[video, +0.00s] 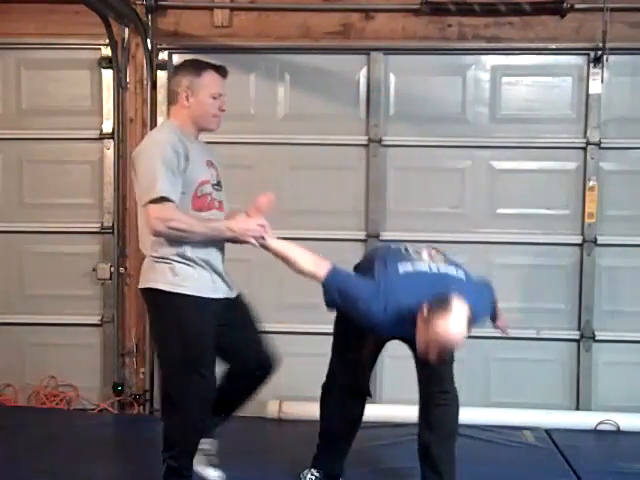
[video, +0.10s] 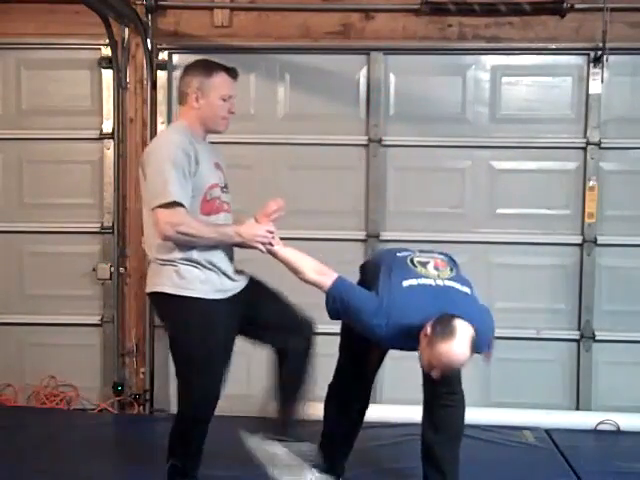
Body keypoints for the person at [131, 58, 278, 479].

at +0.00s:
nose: (223, 106)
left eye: (223, 98)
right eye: (215, 97)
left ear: (189, 98)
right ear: (184, 96)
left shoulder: (199, 150)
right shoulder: (161, 144)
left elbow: (203, 217)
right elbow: (162, 220)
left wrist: (241, 219)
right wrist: (229, 228)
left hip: (210, 283)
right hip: (174, 285)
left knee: (255, 362)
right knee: (191, 385)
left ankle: (199, 435)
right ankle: (178, 469)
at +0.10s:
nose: (232, 108)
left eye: (233, 99)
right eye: (225, 99)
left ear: (201, 100)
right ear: (194, 97)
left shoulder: (201, 148)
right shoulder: (169, 145)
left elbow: (206, 221)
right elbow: (171, 223)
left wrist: (249, 226)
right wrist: (238, 234)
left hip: (223, 281)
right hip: (186, 288)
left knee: (295, 332)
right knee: (198, 404)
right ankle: (180, 475)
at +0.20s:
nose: (244, 111)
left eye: (245, 103)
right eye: (236, 101)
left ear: (209, 101)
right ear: (206, 99)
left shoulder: (213, 152)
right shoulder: (175, 148)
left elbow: (210, 220)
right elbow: (172, 224)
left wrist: (250, 229)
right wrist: (241, 233)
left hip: (239, 284)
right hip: (198, 293)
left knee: (305, 356)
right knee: (205, 401)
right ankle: (182, 474)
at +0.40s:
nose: (268, 120)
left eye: (269, 111)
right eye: (260, 110)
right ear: (230, 109)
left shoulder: (254, 168)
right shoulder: (198, 156)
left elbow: (260, 246)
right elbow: (179, 236)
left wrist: (272, 221)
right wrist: (256, 233)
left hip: (276, 309)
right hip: (226, 310)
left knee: (320, 410)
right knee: (224, 414)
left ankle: (329, 476)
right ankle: (187, 476)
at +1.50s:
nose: (250, 99)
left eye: (250, 90)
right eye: (241, 89)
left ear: (218, 93)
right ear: (209, 91)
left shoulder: (232, 144)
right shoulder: (184, 146)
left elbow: (236, 215)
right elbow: (167, 230)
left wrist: (263, 234)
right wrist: (238, 246)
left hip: (242, 291)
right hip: (199, 293)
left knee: (273, 382)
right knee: (199, 404)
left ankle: (274, 474)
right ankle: (178, 474)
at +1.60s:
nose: (243, 97)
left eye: (243, 88)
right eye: (234, 87)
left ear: (212, 91)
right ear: (204, 90)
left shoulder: (224, 144)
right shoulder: (178, 147)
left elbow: (228, 216)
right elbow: (169, 232)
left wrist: (256, 246)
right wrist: (236, 254)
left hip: (231, 288)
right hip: (191, 290)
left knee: (256, 376)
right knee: (195, 398)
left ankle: (228, 469)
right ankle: (177, 473)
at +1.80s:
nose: (234, 96)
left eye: (233, 87)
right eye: (226, 87)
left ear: (203, 91)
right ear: (197, 90)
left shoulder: (210, 143)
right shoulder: (172, 148)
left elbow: (213, 220)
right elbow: (167, 231)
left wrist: (246, 255)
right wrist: (235, 261)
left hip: (210, 282)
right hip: (180, 284)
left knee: (215, 372)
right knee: (195, 378)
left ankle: (165, 461)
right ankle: (179, 469)